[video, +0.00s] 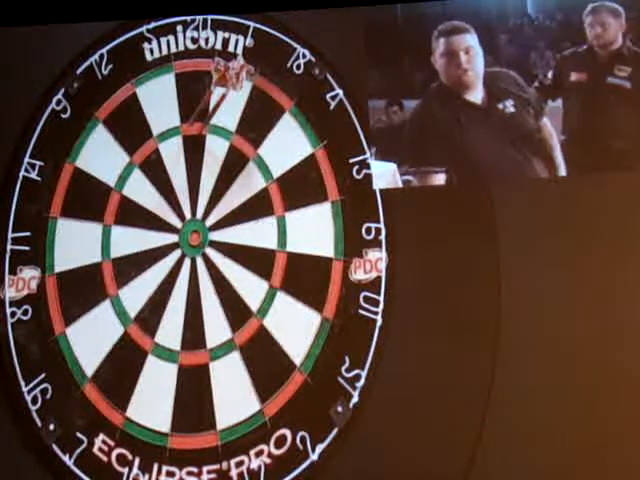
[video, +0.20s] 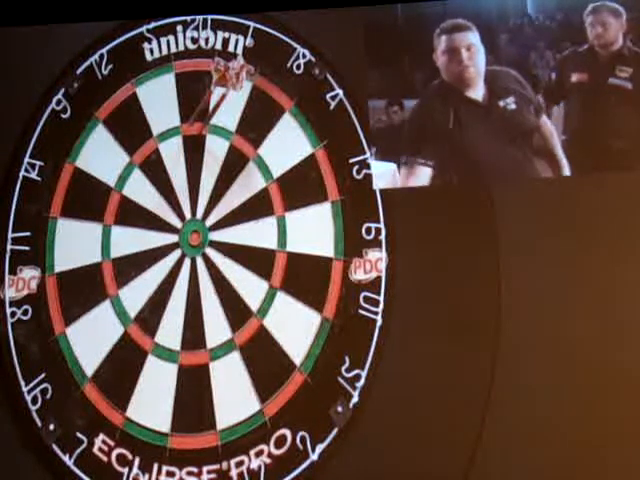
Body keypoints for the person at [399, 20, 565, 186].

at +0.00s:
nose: (462, 62)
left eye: (468, 52)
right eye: (450, 55)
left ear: (481, 54)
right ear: (434, 62)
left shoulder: (506, 82)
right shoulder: (429, 116)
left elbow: (544, 128)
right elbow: (431, 192)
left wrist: (561, 176)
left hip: (543, 198)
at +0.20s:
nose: (463, 59)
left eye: (470, 49)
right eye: (451, 52)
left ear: (483, 52)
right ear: (436, 60)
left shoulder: (507, 81)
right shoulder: (431, 108)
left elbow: (542, 125)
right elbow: (416, 174)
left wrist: (564, 173)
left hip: (537, 196)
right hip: (476, 207)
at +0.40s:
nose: (462, 57)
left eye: (469, 48)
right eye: (451, 51)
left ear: (482, 52)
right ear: (437, 59)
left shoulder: (508, 81)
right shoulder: (433, 103)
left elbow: (545, 130)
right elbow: (408, 147)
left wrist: (569, 177)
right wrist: (384, 160)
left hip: (529, 201)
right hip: (470, 213)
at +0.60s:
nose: (459, 58)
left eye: (466, 48)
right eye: (447, 52)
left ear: (479, 52)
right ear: (434, 61)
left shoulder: (504, 81)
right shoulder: (432, 104)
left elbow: (543, 129)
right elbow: (393, 150)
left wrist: (569, 178)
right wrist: (385, 91)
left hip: (529, 203)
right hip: (470, 215)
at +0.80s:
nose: (457, 58)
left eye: (464, 49)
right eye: (446, 52)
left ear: (477, 52)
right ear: (432, 61)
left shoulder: (503, 81)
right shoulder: (432, 102)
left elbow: (543, 128)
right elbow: (399, 151)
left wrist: (568, 177)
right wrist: (404, 79)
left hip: (530, 200)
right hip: (473, 210)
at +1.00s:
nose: (457, 62)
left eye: (463, 52)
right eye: (446, 56)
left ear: (477, 55)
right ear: (432, 66)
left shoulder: (504, 82)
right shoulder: (434, 105)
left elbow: (541, 128)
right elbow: (403, 158)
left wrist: (567, 176)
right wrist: (416, 87)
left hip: (531, 200)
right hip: (474, 212)